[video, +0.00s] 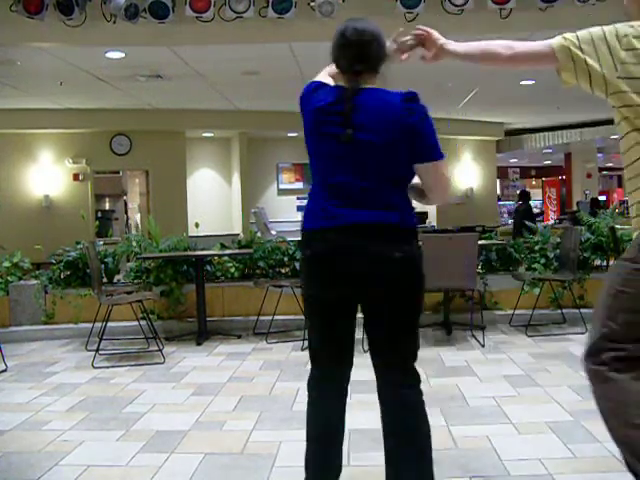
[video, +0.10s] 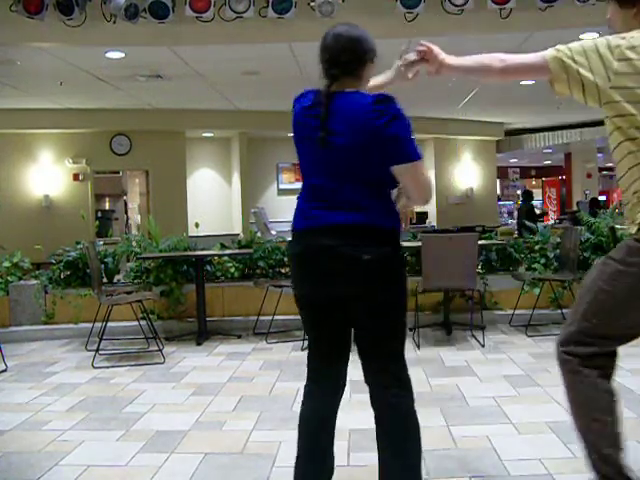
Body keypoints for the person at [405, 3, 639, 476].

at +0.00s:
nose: (624, 5)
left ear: (628, 7)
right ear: (629, 11)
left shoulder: (625, 41)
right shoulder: (621, 43)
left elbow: (521, 53)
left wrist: (448, 48)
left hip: (638, 237)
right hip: (633, 237)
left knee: (610, 357)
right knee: (614, 354)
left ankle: (637, 463)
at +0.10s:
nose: (609, 15)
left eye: (612, 6)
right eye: (610, 7)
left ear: (629, 7)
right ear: (636, 9)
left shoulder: (616, 50)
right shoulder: (620, 52)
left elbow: (509, 66)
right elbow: (511, 66)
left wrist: (447, 62)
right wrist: (447, 63)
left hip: (639, 240)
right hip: (634, 240)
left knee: (582, 348)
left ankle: (612, 474)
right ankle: (613, 470)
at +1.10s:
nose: (360, 55)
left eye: (363, 46)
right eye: (360, 46)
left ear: (384, 48)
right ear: (401, 48)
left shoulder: (394, 100)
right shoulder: (433, 95)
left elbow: (375, 189)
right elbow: (446, 177)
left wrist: (315, 165)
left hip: (405, 240)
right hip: (433, 240)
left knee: (386, 351)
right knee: (361, 326)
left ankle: (444, 454)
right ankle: (340, 418)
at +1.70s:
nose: (238, 64)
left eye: (242, 56)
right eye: (238, 56)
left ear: (261, 59)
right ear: (279, 60)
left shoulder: (263, 107)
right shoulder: (305, 104)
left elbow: (261, 181)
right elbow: (325, 171)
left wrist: (208, 183)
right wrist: (276, 173)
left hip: (275, 233)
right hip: (305, 234)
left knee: (269, 327)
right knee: (275, 326)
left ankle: (343, 407)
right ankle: (266, 422)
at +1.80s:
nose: (223, 69)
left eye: (227, 62)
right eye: (224, 62)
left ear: (244, 65)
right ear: (261, 66)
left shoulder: (247, 111)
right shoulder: (292, 109)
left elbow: (244, 186)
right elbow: (309, 174)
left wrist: (189, 186)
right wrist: (266, 178)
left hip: (262, 233)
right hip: (296, 235)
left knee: (235, 319)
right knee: (265, 326)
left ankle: (294, 405)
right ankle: (265, 421)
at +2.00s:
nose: (198, 88)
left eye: (201, 80)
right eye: (198, 80)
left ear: (218, 82)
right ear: (236, 82)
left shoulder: (218, 126)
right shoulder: (270, 124)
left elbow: (212, 198)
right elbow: (287, 184)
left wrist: (162, 196)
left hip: (232, 243)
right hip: (271, 247)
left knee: (199, 322)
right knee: (249, 333)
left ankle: (197, 410)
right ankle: (263, 422)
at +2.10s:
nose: (187, 94)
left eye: (190, 87)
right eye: (188, 87)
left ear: (205, 89)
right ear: (225, 89)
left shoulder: (204, 133)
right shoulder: (259, 131)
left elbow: (199, 202)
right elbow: (275, 192)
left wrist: (151, 202)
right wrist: (235, 197)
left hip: (218, 248)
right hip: (259, 251)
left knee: (186, 325)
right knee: (245, 334)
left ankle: (170, 396)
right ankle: (263, 422)